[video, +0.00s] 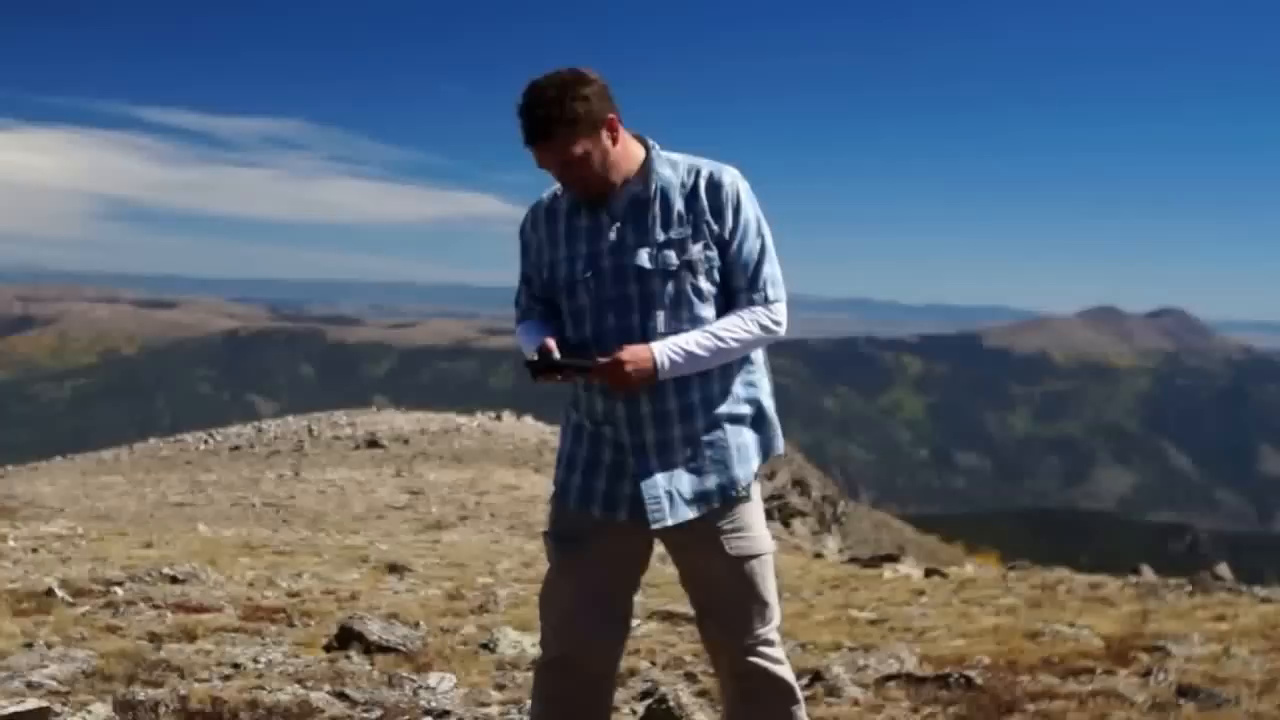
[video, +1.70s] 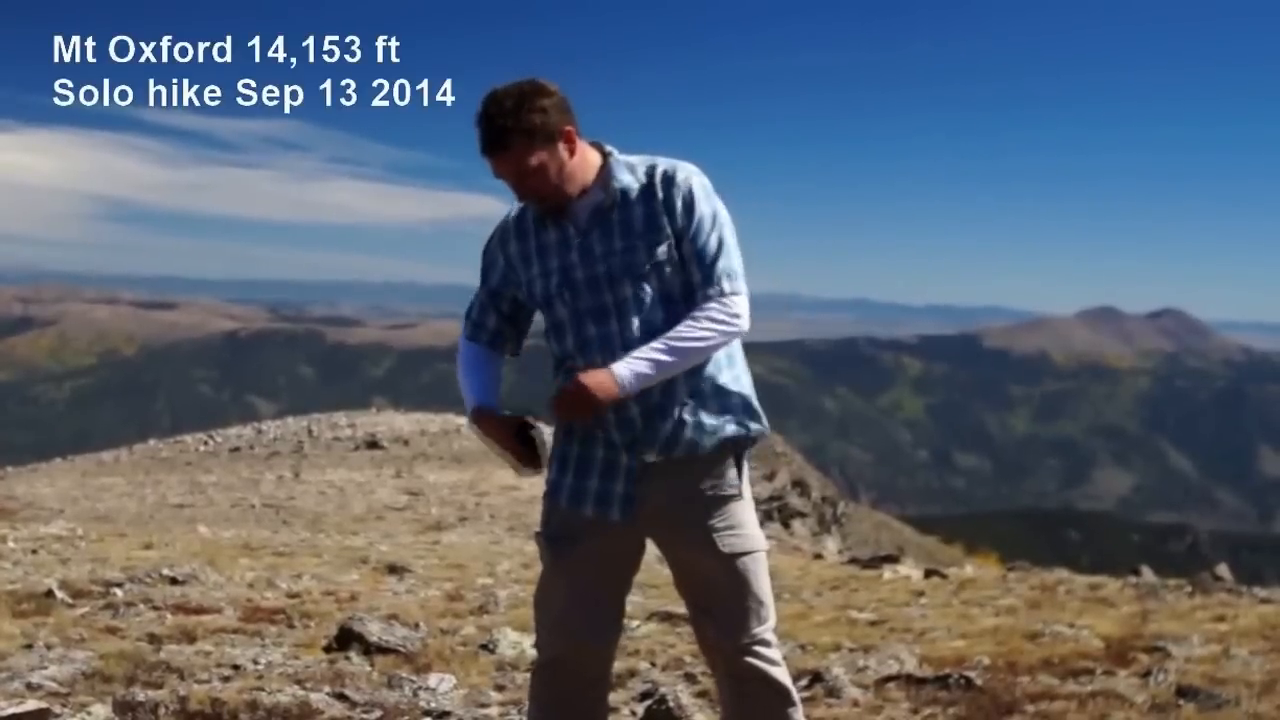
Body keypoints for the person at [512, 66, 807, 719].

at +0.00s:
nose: (567, 183)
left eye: (576, 163)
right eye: (553, 170)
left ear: (612, 130)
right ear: (538, 157)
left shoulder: (714, 191)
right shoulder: (546, 224)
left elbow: (767, 314)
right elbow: (533, 317)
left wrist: (661, 357)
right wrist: (543, 349)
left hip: (710, 467)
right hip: (597, 471)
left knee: (753, 664)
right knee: (571, 665)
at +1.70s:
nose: (522, 194)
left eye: (529, 175)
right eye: (508, 181)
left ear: (568, 141)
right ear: (495, 167)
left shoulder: (674, 189)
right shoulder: (517, 239)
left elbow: (727, 311)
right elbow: (482, 337)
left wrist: (619, 376)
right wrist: (482, 410)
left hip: (698, 457)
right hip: (588, 464)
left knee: (747, 658)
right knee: (566, 665)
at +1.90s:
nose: (517, 188)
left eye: (525, 167)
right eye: (499, 177)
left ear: (558, 140)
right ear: (483, 173)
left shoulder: (658, 184)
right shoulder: (504, 263)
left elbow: (743, 278)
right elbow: (494, 387)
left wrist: (710, 385)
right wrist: (466, 495)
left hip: (695, 449)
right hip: (589, 465)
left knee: (746, 654)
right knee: (566, 666)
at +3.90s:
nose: (462, 235)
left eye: (468, 215)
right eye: (445, 224)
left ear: (499, 174)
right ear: (425, 207)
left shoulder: (601, 192)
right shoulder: (439, 275)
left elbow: (687, 273)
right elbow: (425, 383)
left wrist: (708, 389)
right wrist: (430, 479)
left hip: (644, 444)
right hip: (537, 461)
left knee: (677, 645)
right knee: (541, 661)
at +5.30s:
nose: (511, 167)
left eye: (520, 148)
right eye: (493, 155)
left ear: (542, 132)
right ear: (466, 152)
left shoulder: (622, 189)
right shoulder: (450, 251)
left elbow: (691, 290)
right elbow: (447, 360)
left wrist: (709, 411)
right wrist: (460, 461)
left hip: (649, 448)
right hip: (539, 462)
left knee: (698, 641)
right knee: (541, 656)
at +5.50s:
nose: (581, 170)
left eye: (589, 153)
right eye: (563, 158)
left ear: (608, 133)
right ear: (533, 151)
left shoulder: (679, 199)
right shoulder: (500, 241)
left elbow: (732, 304)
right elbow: (469, 353)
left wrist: (744, 423)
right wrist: (435, 455)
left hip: (681, 461)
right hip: (570, 470)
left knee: (733, 656)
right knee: (556, 666)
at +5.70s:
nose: (670, 177)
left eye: (678, 160)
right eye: (653, 164)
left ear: (691, 141)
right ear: (615, 151)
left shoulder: (747, 207)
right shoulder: (568, 238)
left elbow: (790, 316)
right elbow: (526, 343)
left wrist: (797, 434)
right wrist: (468, 432)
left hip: (737, 469)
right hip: (624, 474)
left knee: (763, 664)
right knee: (582, 661)